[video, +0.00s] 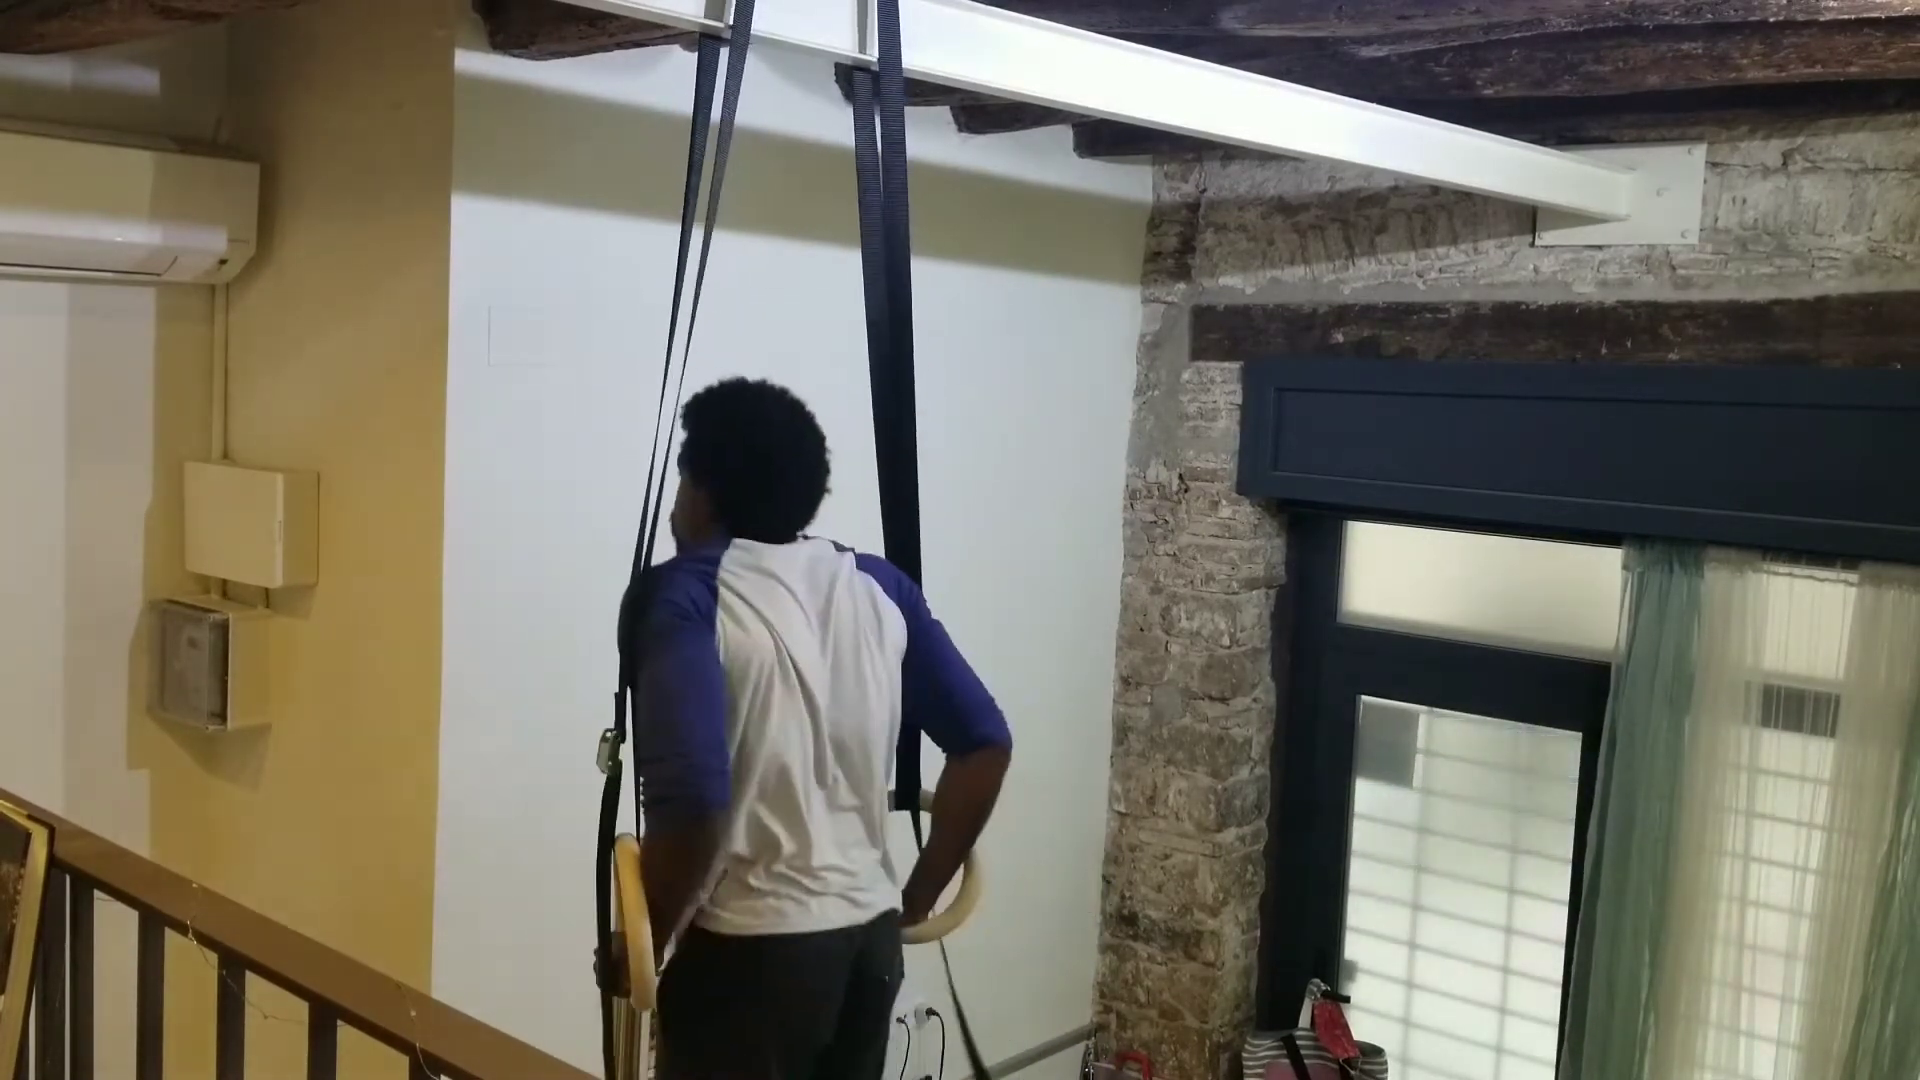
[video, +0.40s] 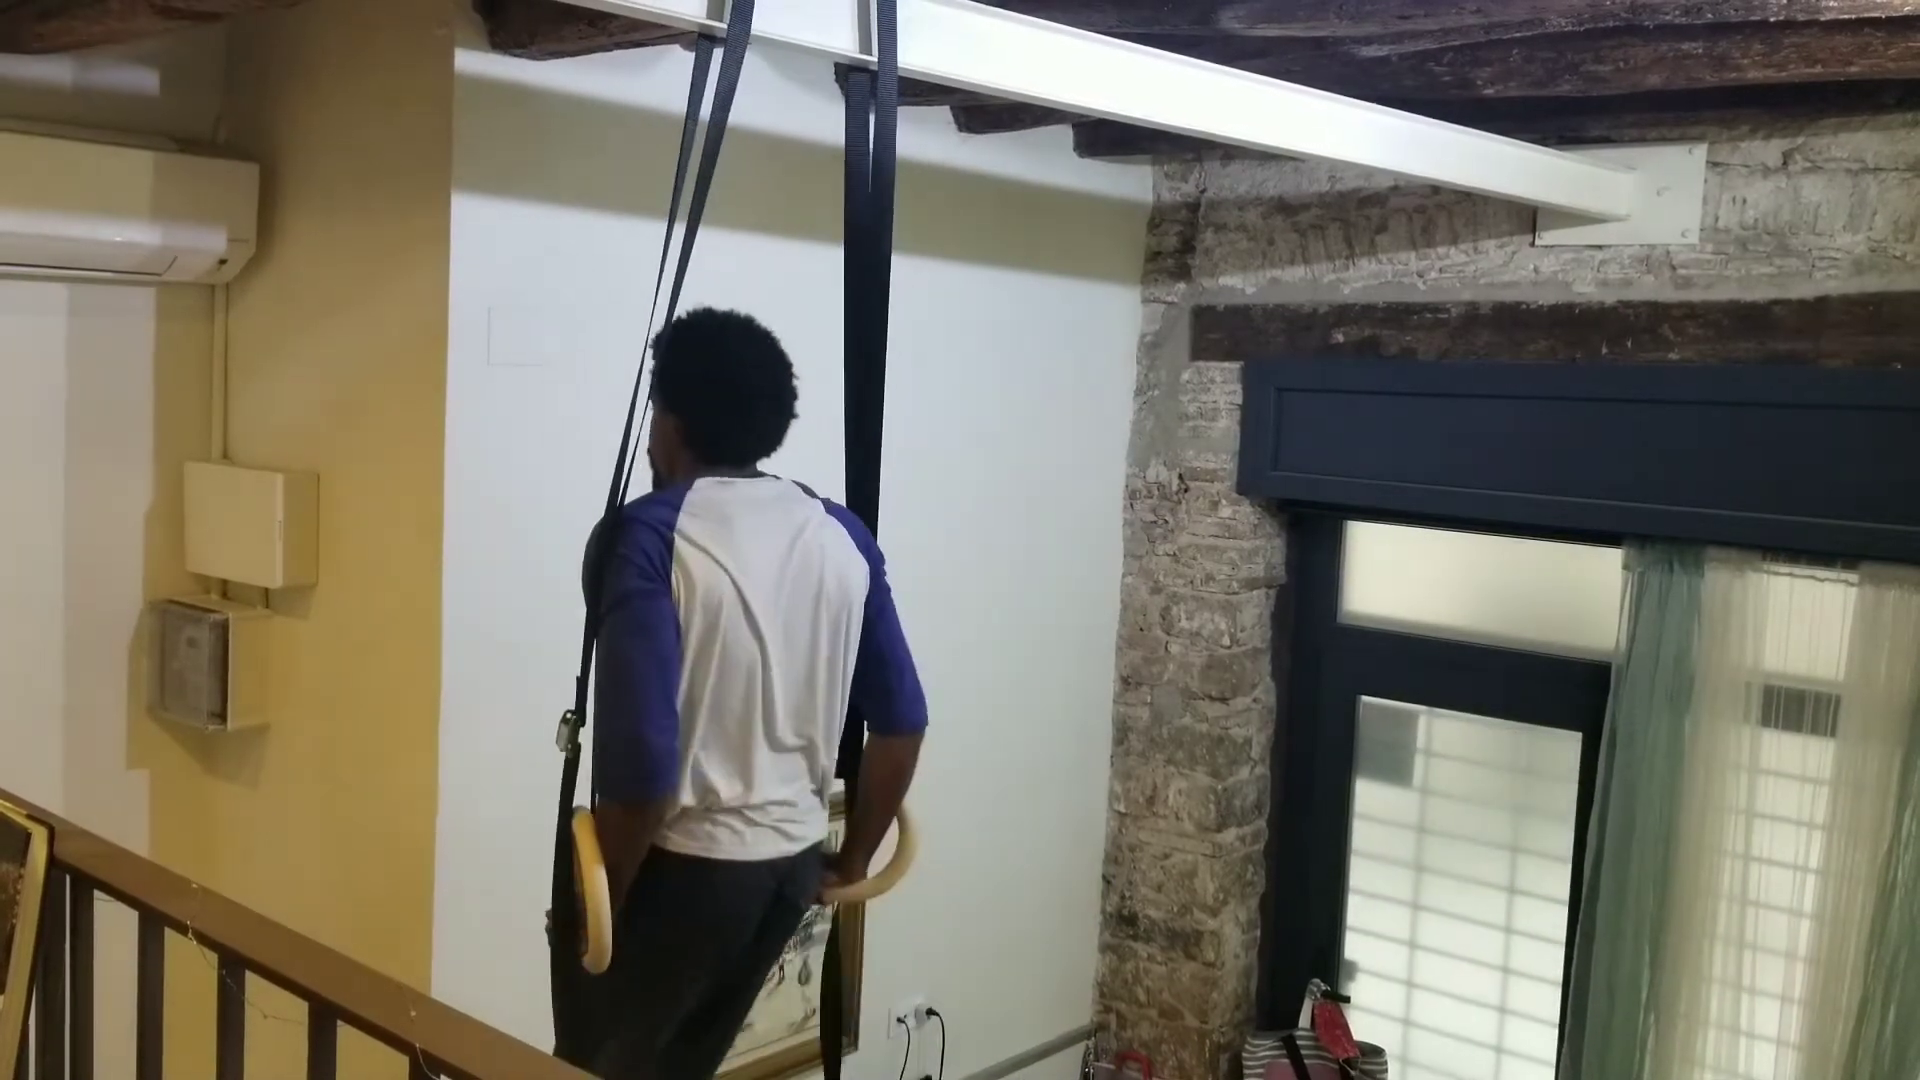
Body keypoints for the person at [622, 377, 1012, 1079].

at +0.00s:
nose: (675, 496)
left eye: (684, 474)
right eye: (683, 473)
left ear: (708, 489)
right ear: (799, 489)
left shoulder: (686, 594)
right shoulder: (880, 584)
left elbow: (694, 800)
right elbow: (983, 743)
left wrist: (639, 946)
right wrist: (920, 893)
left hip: (745, 970)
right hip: (869, 961)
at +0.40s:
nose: (653, 429)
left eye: (657, 407)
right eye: (659, 405)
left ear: (671, 422)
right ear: (770, 423)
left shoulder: (650, 533)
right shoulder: (842, 536)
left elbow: (644, 773)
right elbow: (899, 720)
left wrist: (589, 899)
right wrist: (854, 859)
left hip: (672, 885)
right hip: (785, 883)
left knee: (599, 1067)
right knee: (686, 1067)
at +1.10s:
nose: (687, 393)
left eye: (694, 370)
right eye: (692, 370)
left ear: (715, 383)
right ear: (807, 382)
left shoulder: (699, 497)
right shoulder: (894, 490)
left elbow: (703, 737)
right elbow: (925, 696)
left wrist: (675, 925)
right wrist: (916, 875)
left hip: (779, 835)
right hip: (886, 833)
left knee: (593, 1034)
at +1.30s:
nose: (707, 407)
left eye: (710, 384)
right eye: (709, 384)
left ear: (734, 391)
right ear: (827, 389)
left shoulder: (721, 499)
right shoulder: (922, 495)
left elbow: (733, 750)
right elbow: (962, 702)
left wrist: (705, 938)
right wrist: (962, 889)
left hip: (820, 844)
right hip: (928, 843)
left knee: (664, 1054)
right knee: (725, 1045)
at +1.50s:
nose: (710, 414)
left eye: (711, 391)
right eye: (709, 392)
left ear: (732, 399)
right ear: (826, 398)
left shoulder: (727, 502)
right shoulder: (931, 494)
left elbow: (739, 752)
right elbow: (983, 701)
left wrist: (717, 945)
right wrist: (987, 871)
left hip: (835, 844)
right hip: (950, 846)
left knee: (736, 1060)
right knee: (820, 1060)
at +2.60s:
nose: (635, 417)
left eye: (634, 398)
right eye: (631, 399)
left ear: (663, 391)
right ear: (744, 385)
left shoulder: (674, 499)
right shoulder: (854, 490)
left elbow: (671, 740)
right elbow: (882, 684)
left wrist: (616, 910)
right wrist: (880, 826)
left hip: (724, 835)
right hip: (834, 835)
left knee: (636, 1059)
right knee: (724, 1060)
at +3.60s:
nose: (653, 425)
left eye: (653, 403)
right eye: (648, 407)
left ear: (682, 388)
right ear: (755, 383)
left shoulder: (677, 494)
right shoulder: (878, 478)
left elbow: (693, 728)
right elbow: (916, 664)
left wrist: (654, 946)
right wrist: (924, 859)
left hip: (804, 799)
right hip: (924, 797)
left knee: (733, 1056)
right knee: (819, 1058)